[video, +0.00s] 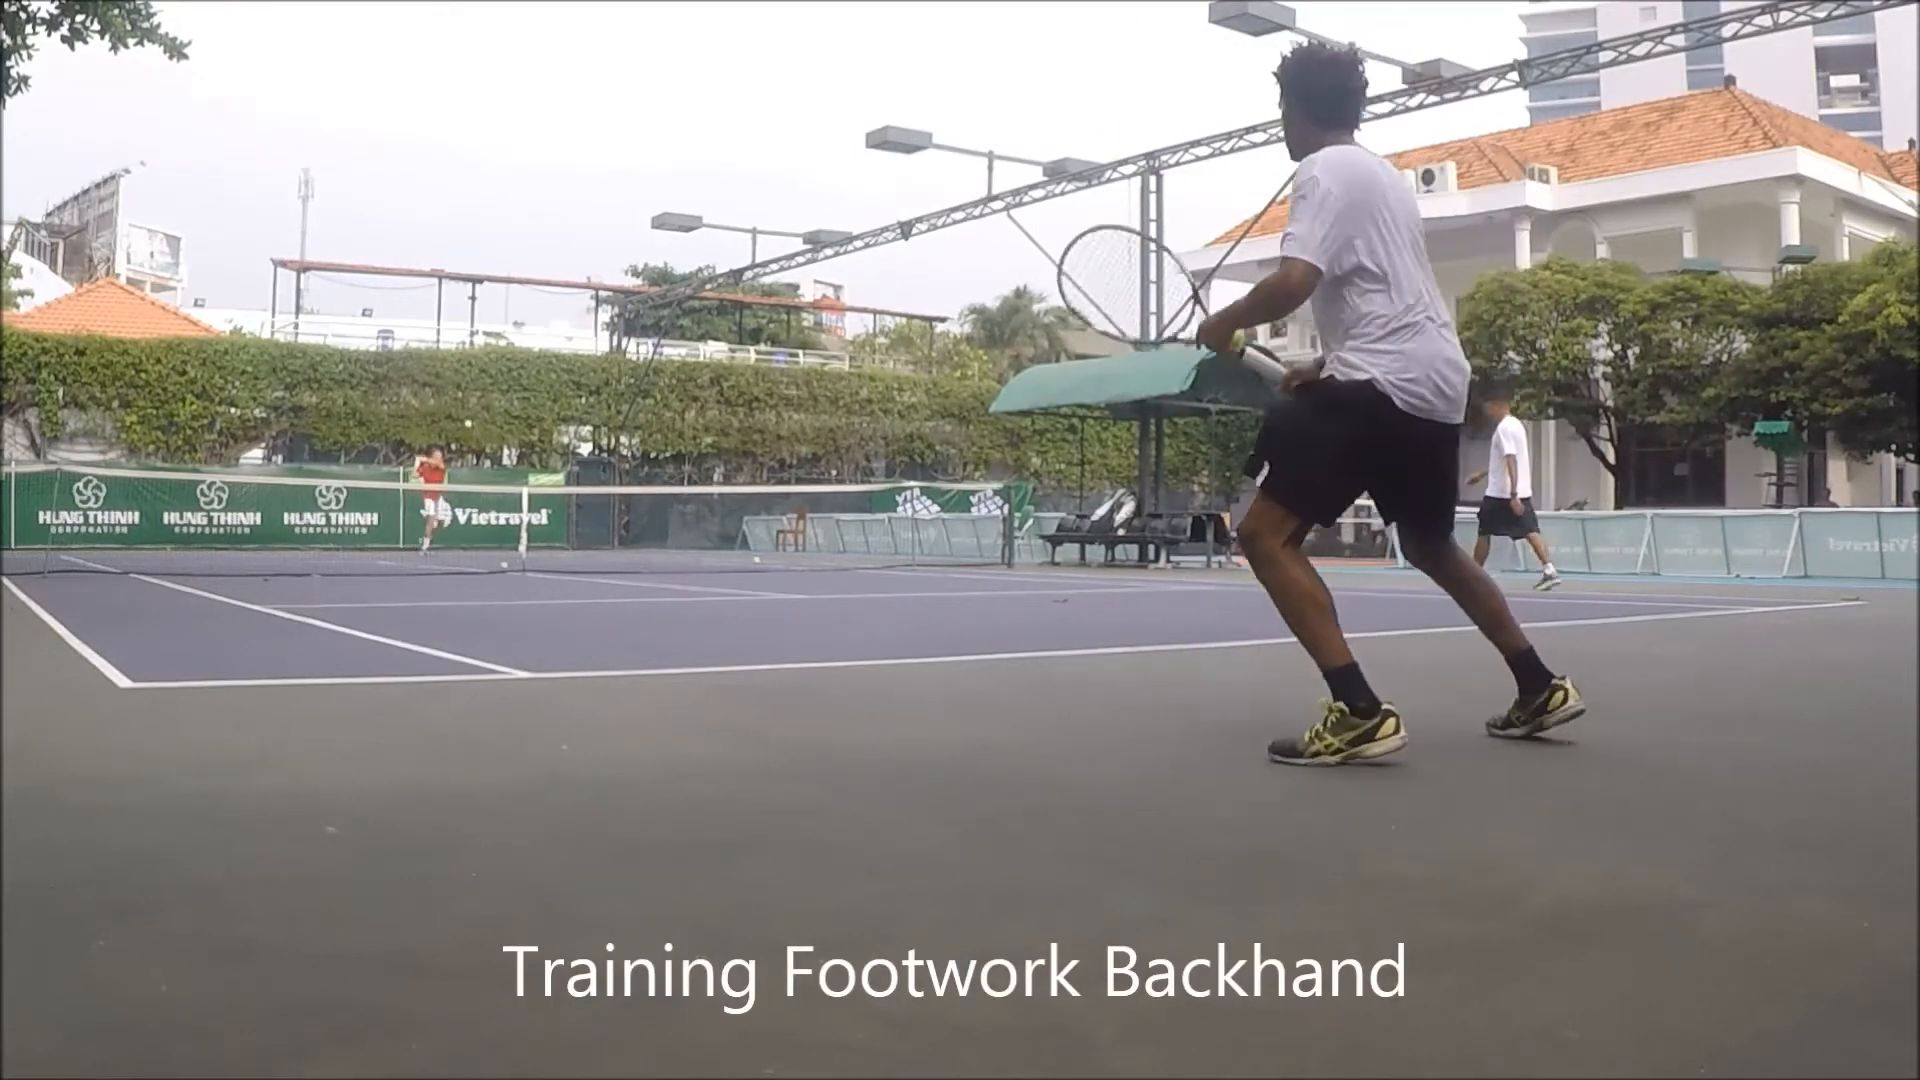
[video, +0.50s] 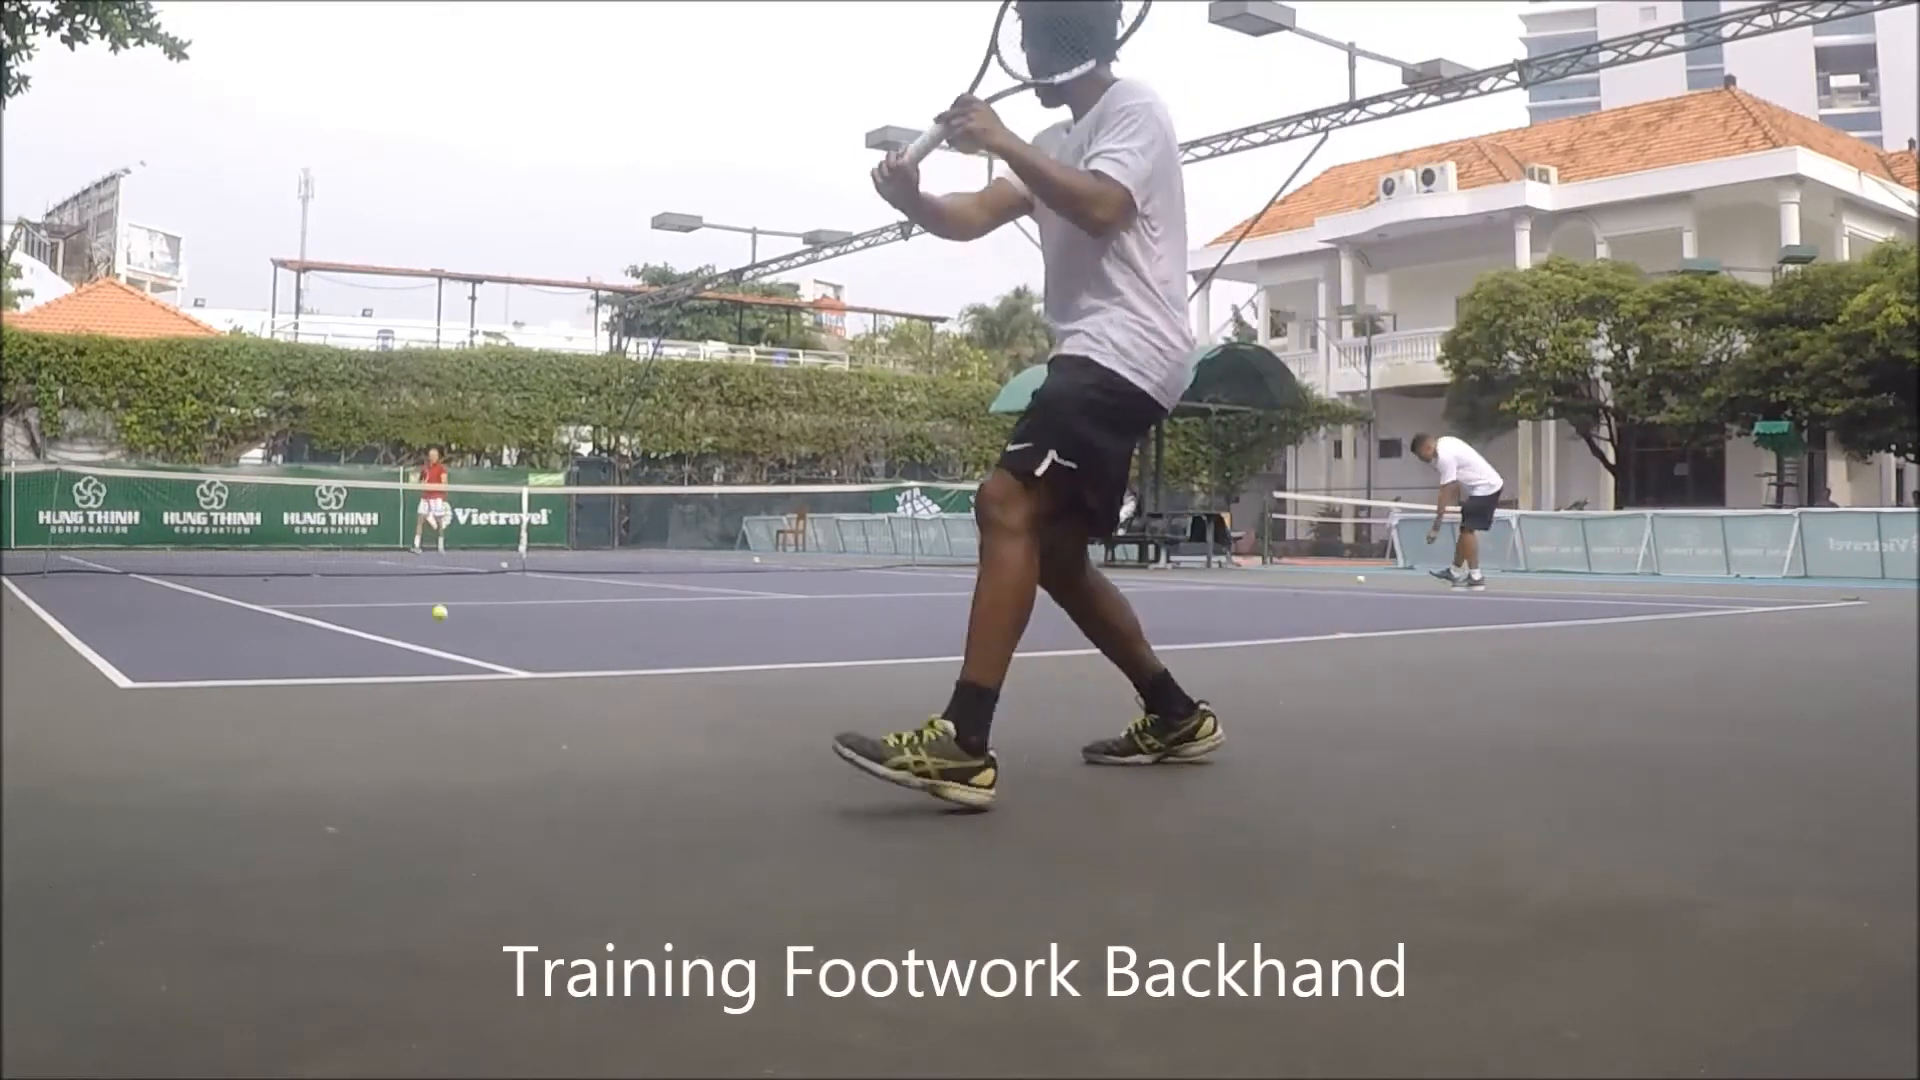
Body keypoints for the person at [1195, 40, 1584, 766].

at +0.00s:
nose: (1280, 125)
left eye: (1282, 111)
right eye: (1280, 111)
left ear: (1297, 111)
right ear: (1353, 111)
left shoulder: (1326, 171)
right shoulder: (1389, 179)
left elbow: (1294, 281)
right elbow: (1403, 307)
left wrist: (1229, 318)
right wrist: (1328, 366)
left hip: (1372, 384)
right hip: (1439, 391)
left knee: (1264, 536)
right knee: (1429, 544)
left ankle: (1357, 709)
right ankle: (1539, 685)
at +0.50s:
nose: (1043, 68)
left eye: (1050, 49)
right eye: (1037, 54)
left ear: (1076, 45)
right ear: (1073, 51)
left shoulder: (1137, 107)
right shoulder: (1056, 142)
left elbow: (1104, 206)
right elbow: (972, 217)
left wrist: (1005, 143)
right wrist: (909, 196)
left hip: (1127, 346)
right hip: (1091, 350)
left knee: (1007, 502)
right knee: (1058, 559)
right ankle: (1172, 713)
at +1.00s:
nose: (684, 10)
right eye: (680, 2)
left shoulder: (819, 14)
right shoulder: (750, 79)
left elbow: (926, 84)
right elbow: (777, 220)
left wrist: (871, 73)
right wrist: (743, 308)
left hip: (848, 300)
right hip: (775, 305)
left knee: (742, 509)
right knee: (668, 497)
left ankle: (821, 762)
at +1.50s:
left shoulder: (652, 9)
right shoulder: (815, 12)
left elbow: (627, 153)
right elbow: (896, 114)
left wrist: (547, 209)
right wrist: (895, 203)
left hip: (684, 304)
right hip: (792, 323)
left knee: (631, 535)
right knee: (657, 530)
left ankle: (665, 779)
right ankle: (597, 753)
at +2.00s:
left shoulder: (828, 22)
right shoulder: (1020, 31)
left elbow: (788, 168)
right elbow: (1085, 164)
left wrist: (802, 249)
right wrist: (1069, 281)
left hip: (844, 325)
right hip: (978, 332)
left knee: (762, 539)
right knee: (999, 550)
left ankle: (685, 782)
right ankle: (1080, 773)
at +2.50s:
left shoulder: (989, 56)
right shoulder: (1168, 47)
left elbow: (959, 190)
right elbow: (1224, 176)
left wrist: (990, 277)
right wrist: (1179, 267)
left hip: (1045, 332)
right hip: (1157, 321)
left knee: (1071, 538)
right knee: (1132, 527)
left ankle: (1101, 730)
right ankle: (1095, 724)